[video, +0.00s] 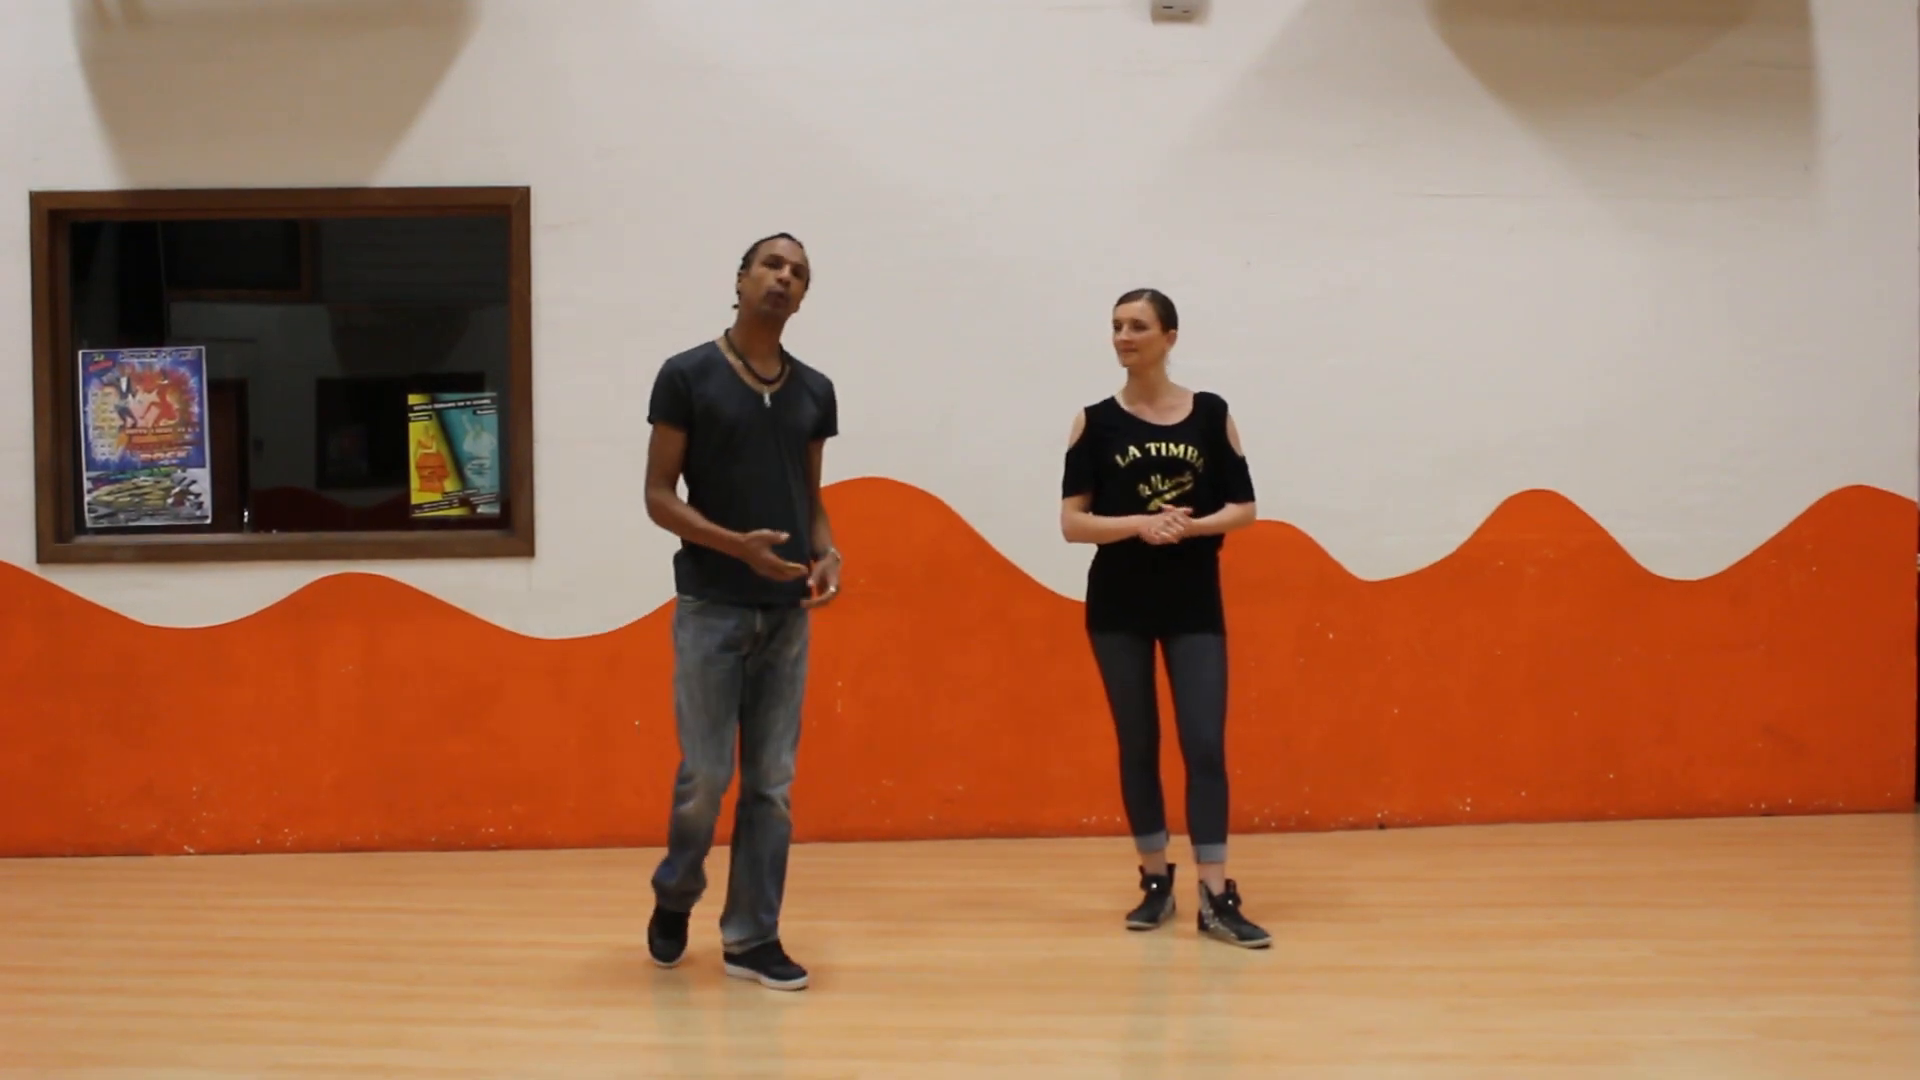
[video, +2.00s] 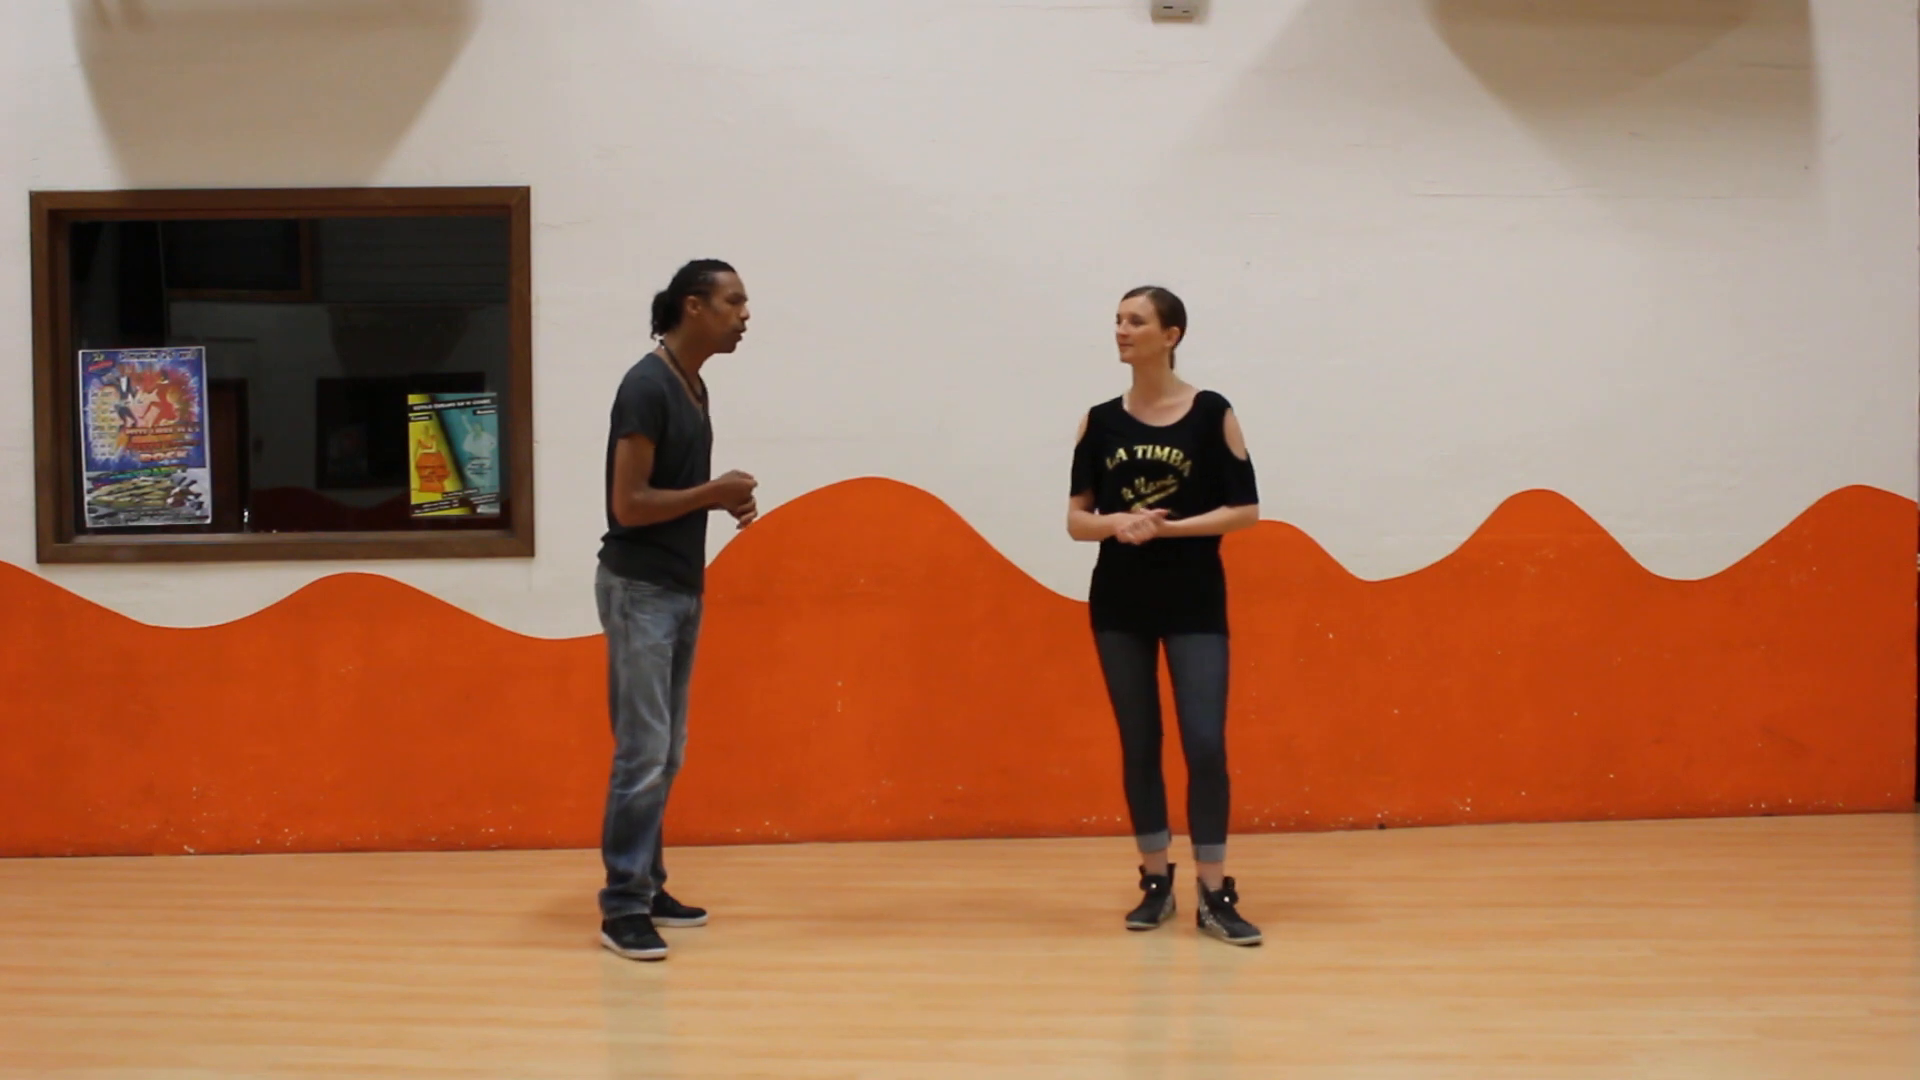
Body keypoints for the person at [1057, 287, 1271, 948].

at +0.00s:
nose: (1123, 337)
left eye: (1136, 327)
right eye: (1117, 328)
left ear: (1169, 336)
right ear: (1111, 338)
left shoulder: (1209, 413)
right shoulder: (1093, 422)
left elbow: (1243, 508)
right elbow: (1073, 522)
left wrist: (1195, 525)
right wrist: (1135, 524)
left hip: (1193, 602)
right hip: (1118, 604)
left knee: (1205, 748)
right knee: (1138, 745)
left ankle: (1215, 896)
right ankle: (1156, 883)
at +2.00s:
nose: (1122, 331)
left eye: (1135, 322)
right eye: (1119, 322)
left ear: (1171, 334)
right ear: (1119, 333)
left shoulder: (1212, 412)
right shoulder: (1100, 422)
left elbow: (1244, 510)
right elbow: (1077, 520)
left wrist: (1168, 526)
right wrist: (1113, 525)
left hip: (1193, 599)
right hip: (1120, 601)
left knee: (1205, 745)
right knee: (1140, 744)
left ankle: (1215, 894)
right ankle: (1157, 884)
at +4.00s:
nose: (1195, 336)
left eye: (1207, 325)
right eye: (1196, 324)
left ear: (1247, 331)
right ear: (1219, 331)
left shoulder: (1271, 414)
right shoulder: (1202, 413)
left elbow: (1281, 515)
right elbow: (1208, 503)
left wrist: (1195, 522)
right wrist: (1176, 517)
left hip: (1259, 605)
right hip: (1208, 600)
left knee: (1256, 745)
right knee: (1180, 744)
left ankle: (1253, 890)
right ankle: (1158, 889)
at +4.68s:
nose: (1196, 336)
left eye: (1208, 326)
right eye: (1197, 325)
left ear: (1248, 331)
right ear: (1231, 332)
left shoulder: (1270, 414)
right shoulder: (1206, 412)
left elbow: (1276, 514)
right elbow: (1211, 503)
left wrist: (1193, 520)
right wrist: (1174, 516)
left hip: (1255, 604)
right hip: (1207, 599)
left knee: (1252, 745)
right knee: (1180, 745)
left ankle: (1253, 888)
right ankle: (1158, 889)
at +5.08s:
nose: (1198, 334)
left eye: (1210, 324)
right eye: (1200, 323)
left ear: (1249, 331)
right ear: (1235, 332)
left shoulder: (1270, 413)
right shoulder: (1206, 413)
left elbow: (1277, 513)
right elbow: (1210, 502)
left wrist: (1194, 520)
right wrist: (1175, 516)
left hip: (1256, 603)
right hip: (1209, 599)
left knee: (1252, 745)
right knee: (1182, 745)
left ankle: (1253, 889)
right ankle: (1158, 890)